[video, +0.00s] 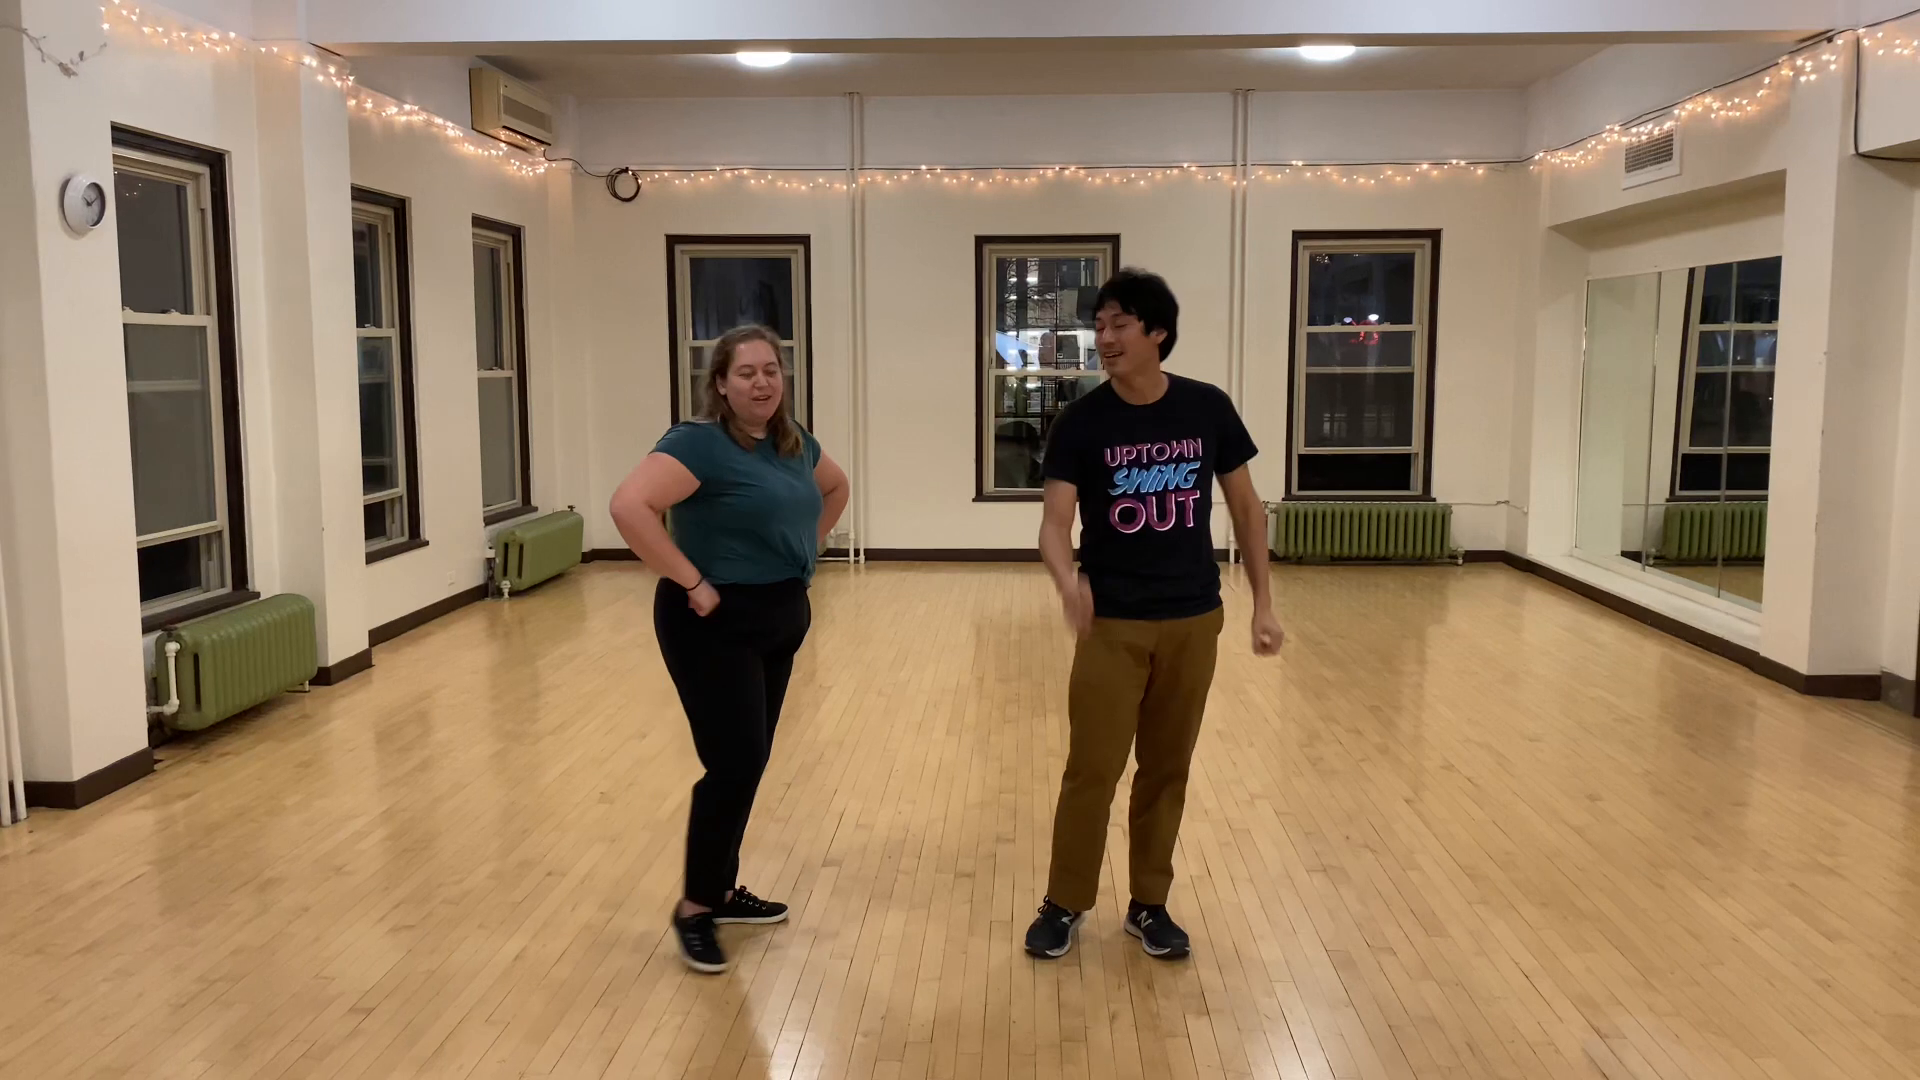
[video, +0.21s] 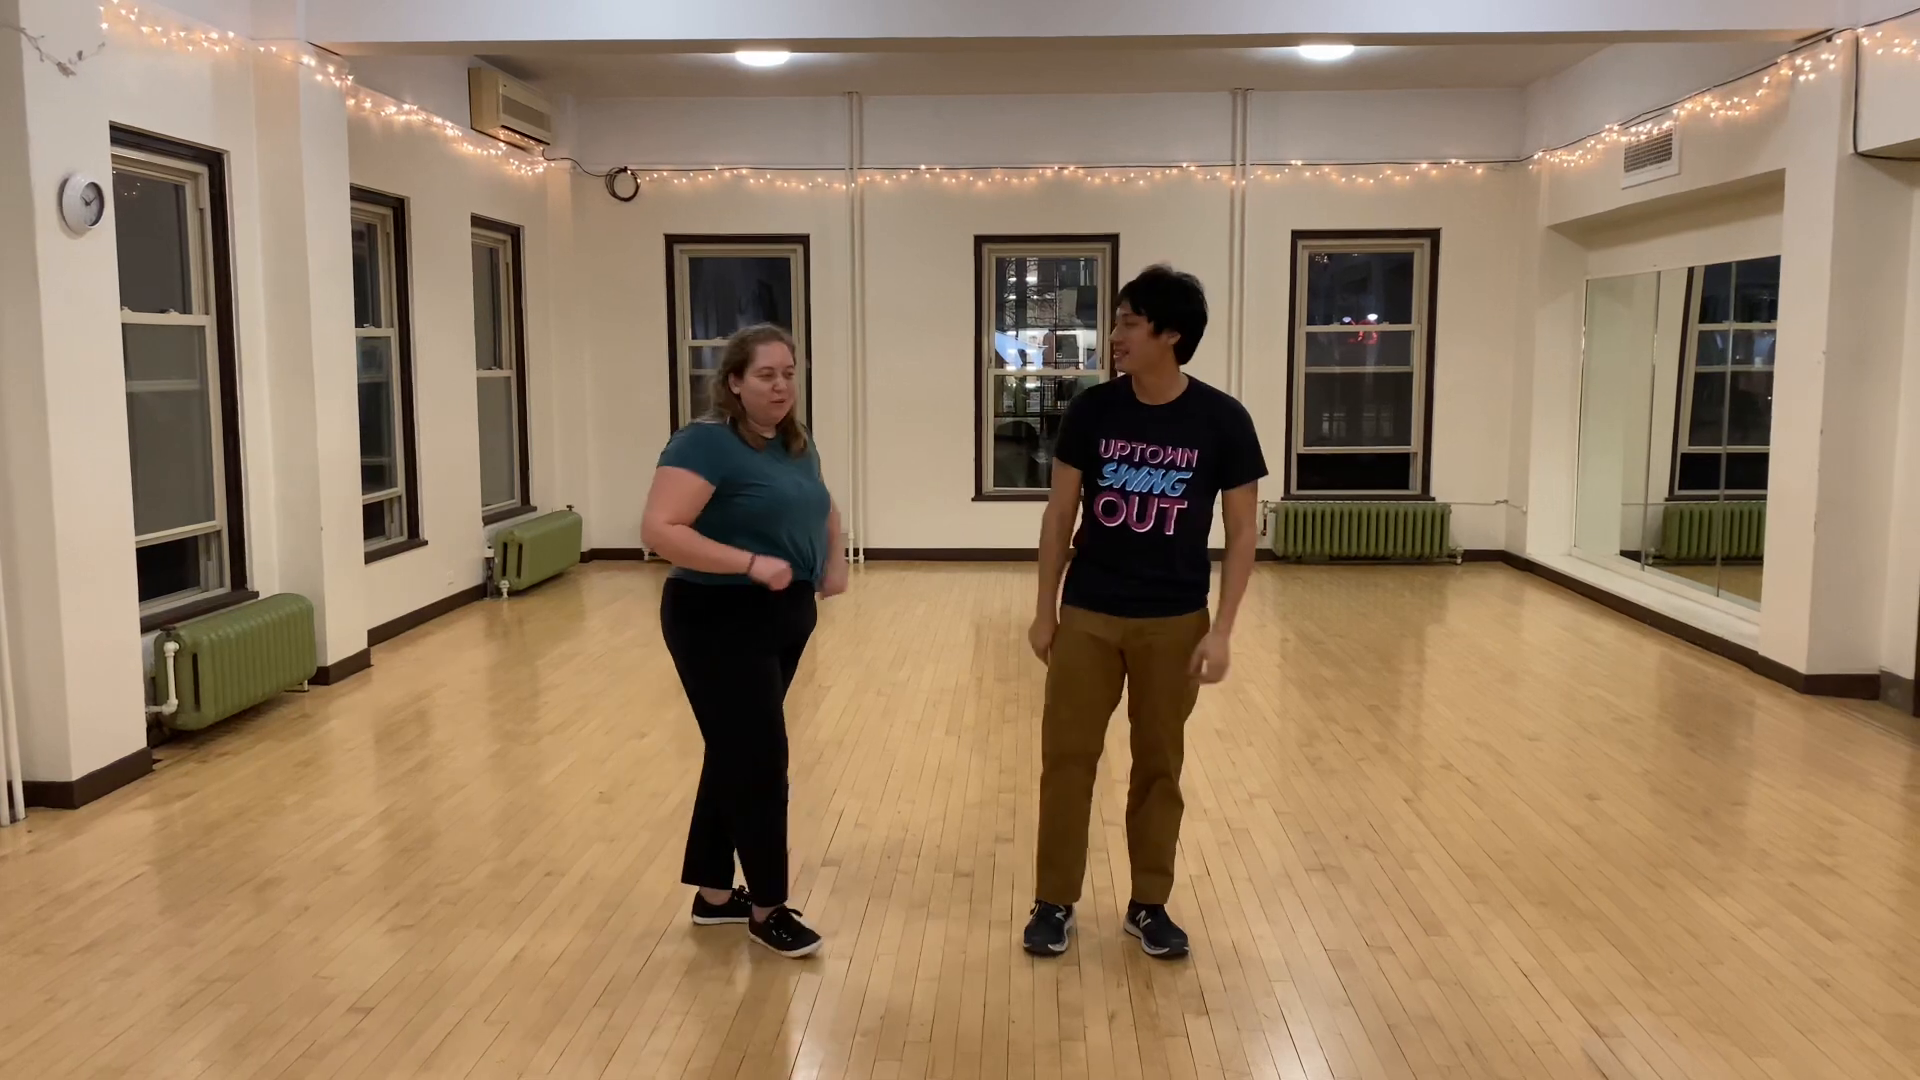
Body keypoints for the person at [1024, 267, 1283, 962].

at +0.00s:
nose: (1107, 337)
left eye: (1120, 324)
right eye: (1100, 327)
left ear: (1160, 332)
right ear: (1095, 336)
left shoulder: (1207, 408)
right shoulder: (1079, 423)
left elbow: (1246, 507)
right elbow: (1055, 527)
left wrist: (1263, 602)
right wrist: (1068, 581)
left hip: (1191, 624)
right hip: (1109, 626)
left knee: (1166, 773)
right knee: (1090, 772)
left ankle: (1149, 905)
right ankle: (1064, 903)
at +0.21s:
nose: (1117, 337)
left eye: (1130, 325)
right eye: (1117, 324)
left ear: (1172, 336)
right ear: (1125, 332)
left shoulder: (1224, 422)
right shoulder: (1092, 411)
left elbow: (1243, 533)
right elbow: (1060, 515)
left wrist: (1222, 630)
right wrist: (1046, 603)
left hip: (1171, 622)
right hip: (1087, 615)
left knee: (1159, 769)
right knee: (1067, 760)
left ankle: (1149, 904)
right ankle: (1053, 901)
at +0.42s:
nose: (1105, 336)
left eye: (1118, 326)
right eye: (1107, 323)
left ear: (1160, 337)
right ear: (1125, 332)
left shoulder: (1211, 422)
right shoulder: (1090, 404)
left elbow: (1226, 536)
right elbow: (1063, 494)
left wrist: (1178, 619)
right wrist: (1046, 580)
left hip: (1160, 624)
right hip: (1079, 614)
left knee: (1155, 767)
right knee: (1060, 752)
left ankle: (1149, 901)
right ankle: (1053, 875)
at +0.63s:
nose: (1084, 335)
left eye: (1097, 324)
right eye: (1083, 323)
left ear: (1137, 332)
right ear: (1099, 330)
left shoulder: (1185, 415)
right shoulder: (1075, 408)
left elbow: (1198, 534)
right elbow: (1060, 503)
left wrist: (1168, 623)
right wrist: (1054, 590)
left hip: (1145, 618)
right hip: (1070, 611)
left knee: (1147, 762)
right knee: (1061, 746)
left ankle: (1148, 898)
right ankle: (1066, 859)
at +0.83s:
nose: (1054, 338)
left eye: (1067, 327)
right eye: (1052, 326)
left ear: (1108, 333)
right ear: (1061, 331)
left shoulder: (1160, 410)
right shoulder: (1046, 407)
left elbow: (1185, 521)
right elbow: (1023, 503)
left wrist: (1166, 614)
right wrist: (1012, 592)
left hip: (1137, 609)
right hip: (1060, 607)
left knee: (1142, 758)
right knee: (1064, 744)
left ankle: (1147, 898)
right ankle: (1067, 861)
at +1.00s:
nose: (1046, 339)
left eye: (1058, 328)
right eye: (1042, 327)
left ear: (1098, 333)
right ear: (1045, 333)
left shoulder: (1150, 405)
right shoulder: (1033, 408)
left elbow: (1175, 511)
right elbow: (1003, 500)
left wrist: (1161, 602)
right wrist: (991, 591)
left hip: (1138, 601)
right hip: (1059, 602)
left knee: (1158, 748)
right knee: (1065, 739)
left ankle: (1173, 891)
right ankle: (1070, 860)